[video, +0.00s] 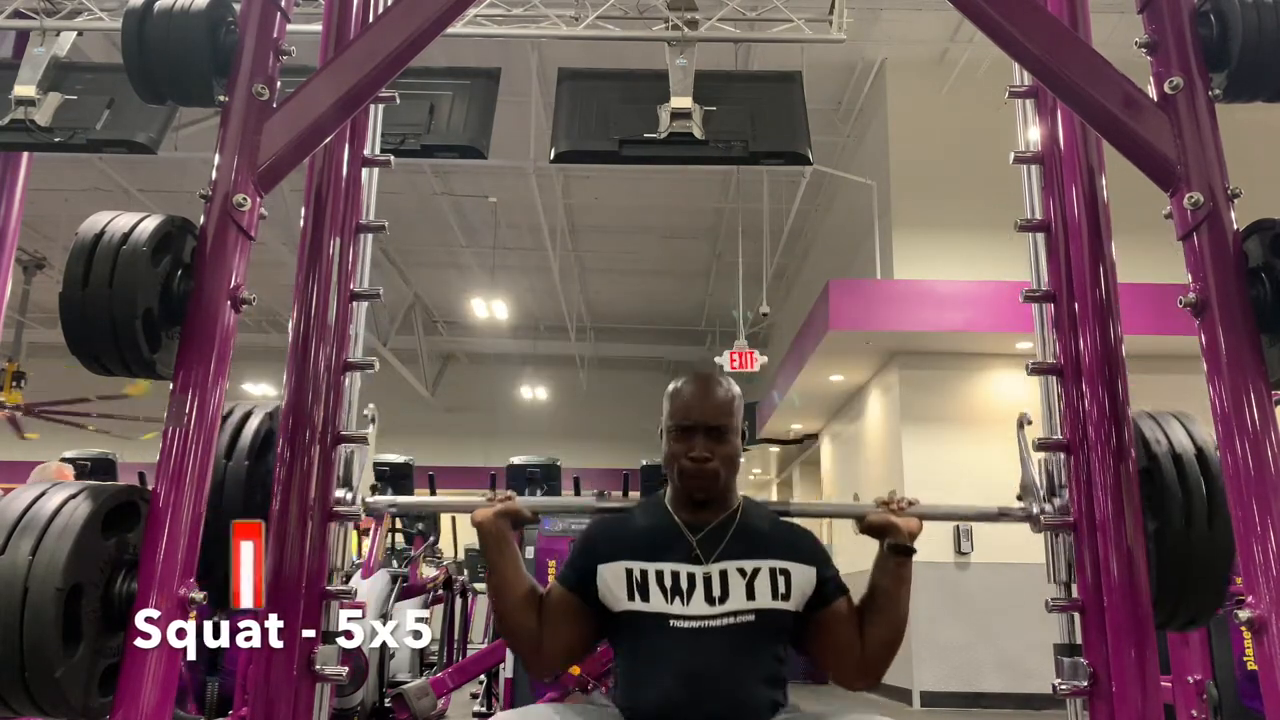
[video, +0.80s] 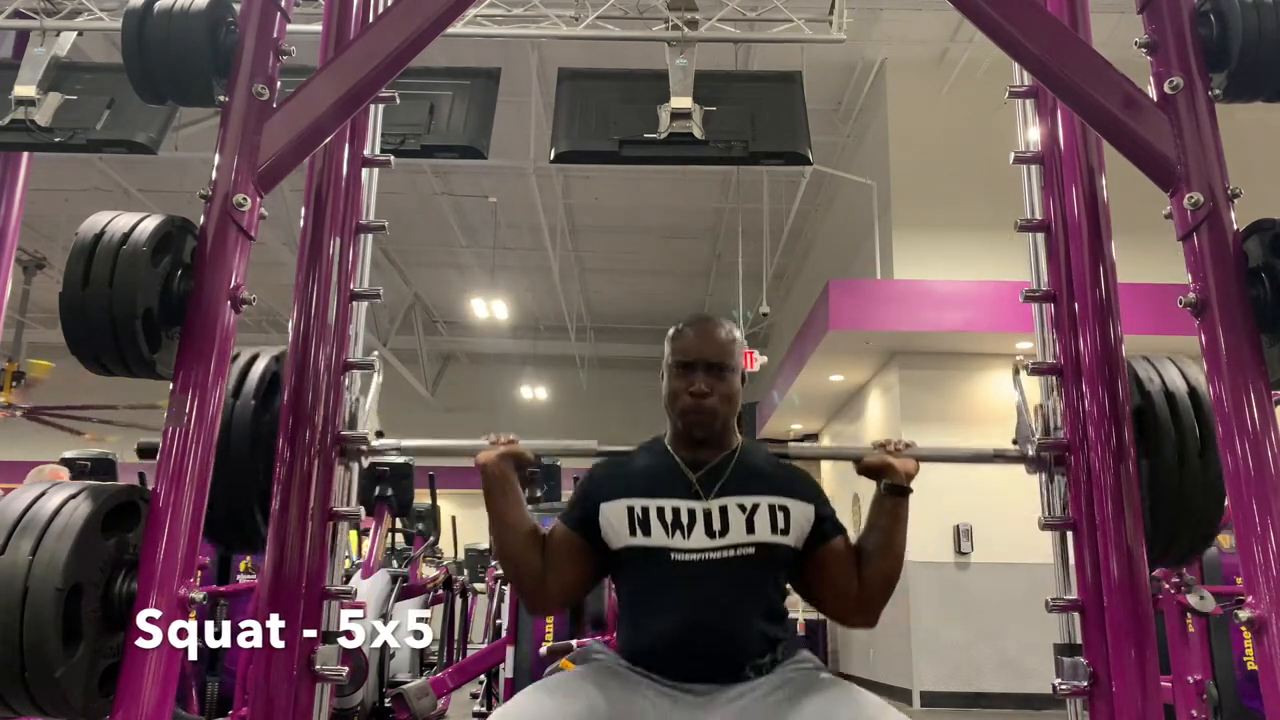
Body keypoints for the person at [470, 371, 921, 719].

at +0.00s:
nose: (697, 450)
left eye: (715, 434)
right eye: (682, 433)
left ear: (742, 443)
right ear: (662, 441)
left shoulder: (792, 548)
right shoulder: (610, 541)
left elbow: (857, 668)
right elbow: (545, 655)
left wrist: (896, 552)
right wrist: (497, 539)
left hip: (754, 712)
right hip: (644, 713)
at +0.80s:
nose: (698, 383)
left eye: (714, 371)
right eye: (684, 370)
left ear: (740, 385)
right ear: (664, 383)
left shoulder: (786, 486)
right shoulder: (614, 483)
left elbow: (858, 605)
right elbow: (543, 590)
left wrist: (893, 492)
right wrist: (499, 483)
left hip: (768, 686)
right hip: (633, 683)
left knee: (887, 718)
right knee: (511, 718)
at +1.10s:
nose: (698, 304)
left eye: (714, 291)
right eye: (684, 291)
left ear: (739, 308)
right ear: (666, 306)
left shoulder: (782, 408)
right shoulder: (617, 407)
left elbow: (855, 524)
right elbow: (548, 513)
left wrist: (889, 418)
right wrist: (502, 405)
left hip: (764, 628)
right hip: (633, 625)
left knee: (879, 717)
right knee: (526, 715)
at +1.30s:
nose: (702, 226)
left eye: (717, 215)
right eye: (688, 214)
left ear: (741, 235)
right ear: (667, 232)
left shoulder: (786, 336)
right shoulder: (619, 334)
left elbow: (855, 447)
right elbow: (549, 438)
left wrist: (886, 343)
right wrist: (508, 337)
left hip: (771, 565)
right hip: (637, 561)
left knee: (840, 709)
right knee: (567, 708)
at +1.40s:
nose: (702, 206)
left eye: (719, 195)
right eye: (687, 194)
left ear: (741, 214)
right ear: (666, 215)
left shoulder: (788, 314)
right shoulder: (617, 313)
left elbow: (856, 425)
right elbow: (547, 414)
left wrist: (887, 319)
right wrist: (507, 312)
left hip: (773, 543)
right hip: (640, 539)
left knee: (819, 708)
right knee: (597, 705)